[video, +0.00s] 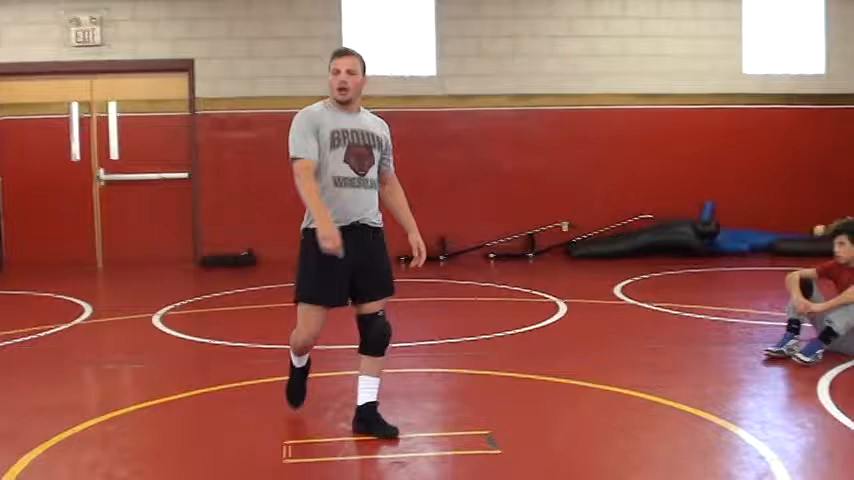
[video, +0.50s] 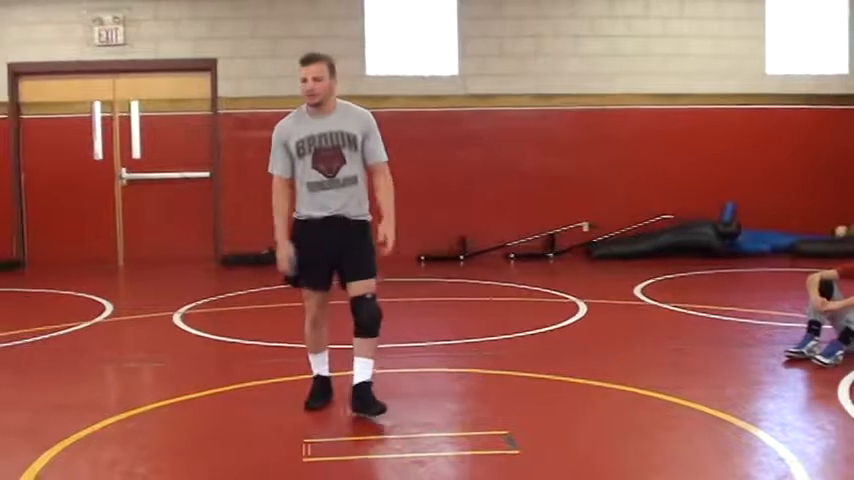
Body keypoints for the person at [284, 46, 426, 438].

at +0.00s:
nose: (343, 79)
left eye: (351, 73)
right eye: (337, 73)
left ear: (364, 81)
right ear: (328, 79)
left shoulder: (378, 127)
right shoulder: (309, 119)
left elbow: (388, 184)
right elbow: (304, 176)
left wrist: (412, 230)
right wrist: (323, 222)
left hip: (368, 235)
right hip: (322, 233)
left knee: (376, 330)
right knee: (307, 333)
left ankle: (366, 410)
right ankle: (300, 364)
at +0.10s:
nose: (342, 81)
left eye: (350, 75)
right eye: (336, 75)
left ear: (364, 82)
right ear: (328, 81)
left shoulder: (382, 127)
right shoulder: (311, 121)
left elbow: (398, 179)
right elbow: (314, 178)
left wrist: (418, 226)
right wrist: (351, 214)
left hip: (373, 239)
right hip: (325, 239)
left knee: (383, 330)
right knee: (308, 335)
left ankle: (377, 409)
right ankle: (306, 371)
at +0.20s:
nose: (341, 85)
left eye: (348, 78)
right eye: (335, 79)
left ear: (363, 84)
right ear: (328, 85)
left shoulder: (385, 128)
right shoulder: (311, 127)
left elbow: (418, 173)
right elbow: (315, 181)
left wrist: (426, 224)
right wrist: (367, 196)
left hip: (374, 236)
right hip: (326, 236)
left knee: (388, 325)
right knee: (320, 320)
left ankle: (388, 408)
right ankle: (324, 377)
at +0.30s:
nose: (327, 86)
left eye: (335, 79)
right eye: (322, 80)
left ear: (352, 84)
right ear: (317, 85)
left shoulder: (377, 125)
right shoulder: (302, 128)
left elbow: (414, 167)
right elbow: (297, 183)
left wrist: (422, 224)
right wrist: (352, 193)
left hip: (363, 235)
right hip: (317, 234)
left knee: (378, 321)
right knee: (316, 317)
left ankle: (383, 402)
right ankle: (322, 379)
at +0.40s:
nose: (314, 87)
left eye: (322, 80)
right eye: (309, 81)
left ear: (340, 84)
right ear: (305, 86)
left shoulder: (367, 124)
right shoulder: (292, 131)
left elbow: (391, 176)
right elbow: (281, 187)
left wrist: (412, 228)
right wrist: (320, 213)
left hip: (357, 232)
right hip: (310, 233)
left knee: (371, 317)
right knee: (313, 315)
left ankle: (373, 395)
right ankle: (319, 382)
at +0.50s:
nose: (310, 86)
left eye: (317, 79)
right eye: (304, 80)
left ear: (333, 82)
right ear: (299, 84)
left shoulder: (361, 120)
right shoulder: (286, 130)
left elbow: (380, 173)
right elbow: (281, 186)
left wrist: (388, 220)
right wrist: (282, 240)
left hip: (355, 226)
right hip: (310, 228)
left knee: (366, 311)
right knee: (314, 309)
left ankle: (362, 388)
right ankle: (321, 380)